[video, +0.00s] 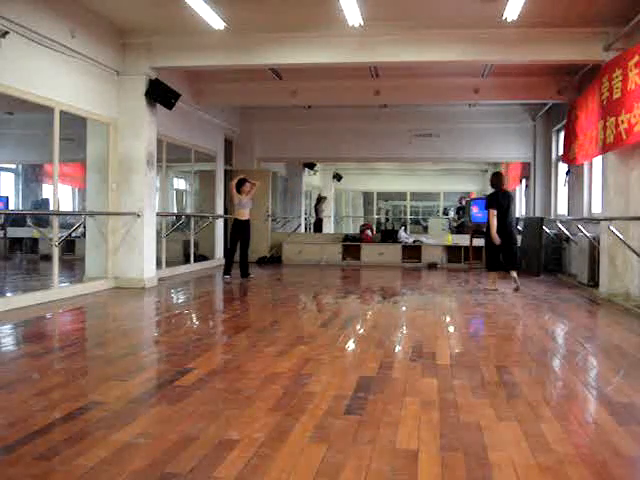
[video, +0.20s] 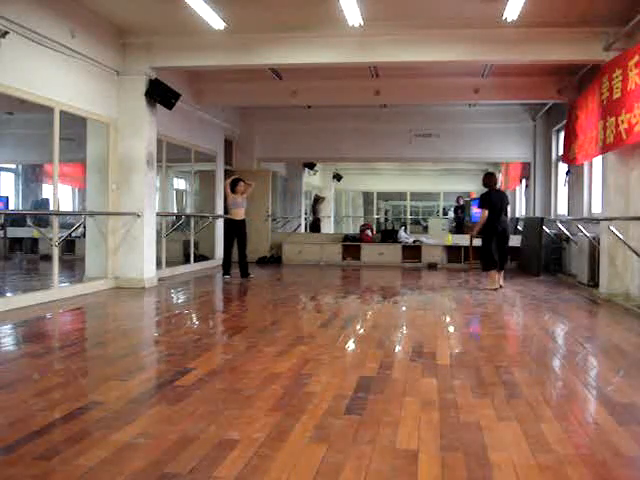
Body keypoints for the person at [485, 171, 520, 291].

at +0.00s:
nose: (491, 183)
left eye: (491, 180)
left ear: (492, 182)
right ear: (503, 181)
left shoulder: (492, 196)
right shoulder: (509, 195)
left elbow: (493, 216)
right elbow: (510, 214)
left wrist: (493, 232)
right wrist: (510, 228)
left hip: (496, 229)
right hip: (508, 230)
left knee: (493, 256)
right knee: (509, 255)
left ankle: (493, 283)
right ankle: (515, 277)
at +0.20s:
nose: (483, 183)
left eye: (484, 181)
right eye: (485, 180)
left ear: (485, 182)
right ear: (496, 181)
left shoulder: (485, 196)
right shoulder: (503, 195)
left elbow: (484, 215)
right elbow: (506, 213)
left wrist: (475, 230)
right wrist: (503, 224)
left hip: (490, 228)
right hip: (503, 227)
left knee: (489, 252)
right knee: (501, 251)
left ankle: (493, 281)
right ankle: (500, 279)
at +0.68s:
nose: (471, 190)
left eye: (472, 188)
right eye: (471, 188)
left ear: (473, 188)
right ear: (483, 186)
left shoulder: (478, 198)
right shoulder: (492, 196)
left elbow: (483, 214)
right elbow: (497, 212)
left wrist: (479, 230)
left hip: (488, 229)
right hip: (498, 228)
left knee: (481, 252)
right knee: (495, 255)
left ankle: (482, 277)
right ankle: (493, 280)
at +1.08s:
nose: (460, 192)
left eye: (460, 190)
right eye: (460, 190)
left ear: (462, 190)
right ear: (471, 188)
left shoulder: (467, 200)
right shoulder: (481, 197)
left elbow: (468, 216)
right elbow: (489, 211)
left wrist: (466, 231)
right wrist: (489, 223)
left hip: (476, 229)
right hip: (488, 227)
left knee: (473, 252)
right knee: (484, 252)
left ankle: (471, 277)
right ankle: (489, 272)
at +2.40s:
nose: (464, 196)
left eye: (464, 194)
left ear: (464, 194)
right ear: (473, 193)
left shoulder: (466, 202)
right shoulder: (479, 202)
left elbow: (466, 215)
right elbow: (488, 214)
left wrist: (461, 222)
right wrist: (487, 223)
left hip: (472, 229)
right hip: (483, 228)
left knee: (470, 248)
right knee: (481, 248)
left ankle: (472, 268)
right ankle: (482, 267)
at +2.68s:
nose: (461, 205)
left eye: (462, 203)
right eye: (461, 203)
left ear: (466, 202)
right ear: (466, 202)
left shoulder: (472, 206)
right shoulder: (469, 209)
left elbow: (480, 210)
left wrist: (477, 223)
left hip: (483, 230)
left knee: (470, 248)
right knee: (478, 249)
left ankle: (474, 268)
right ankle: (481, 268)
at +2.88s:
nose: (466, 203)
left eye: (467, 201)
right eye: (464, 202)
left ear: (471, 200)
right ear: (463, 203)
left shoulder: (477, 206)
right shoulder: (467, 215)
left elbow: (489, 204)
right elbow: (465, 231)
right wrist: (458, 241)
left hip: (488, 229)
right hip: (478, 231)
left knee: (481, 249)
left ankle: (483, 270)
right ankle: (483, 269)